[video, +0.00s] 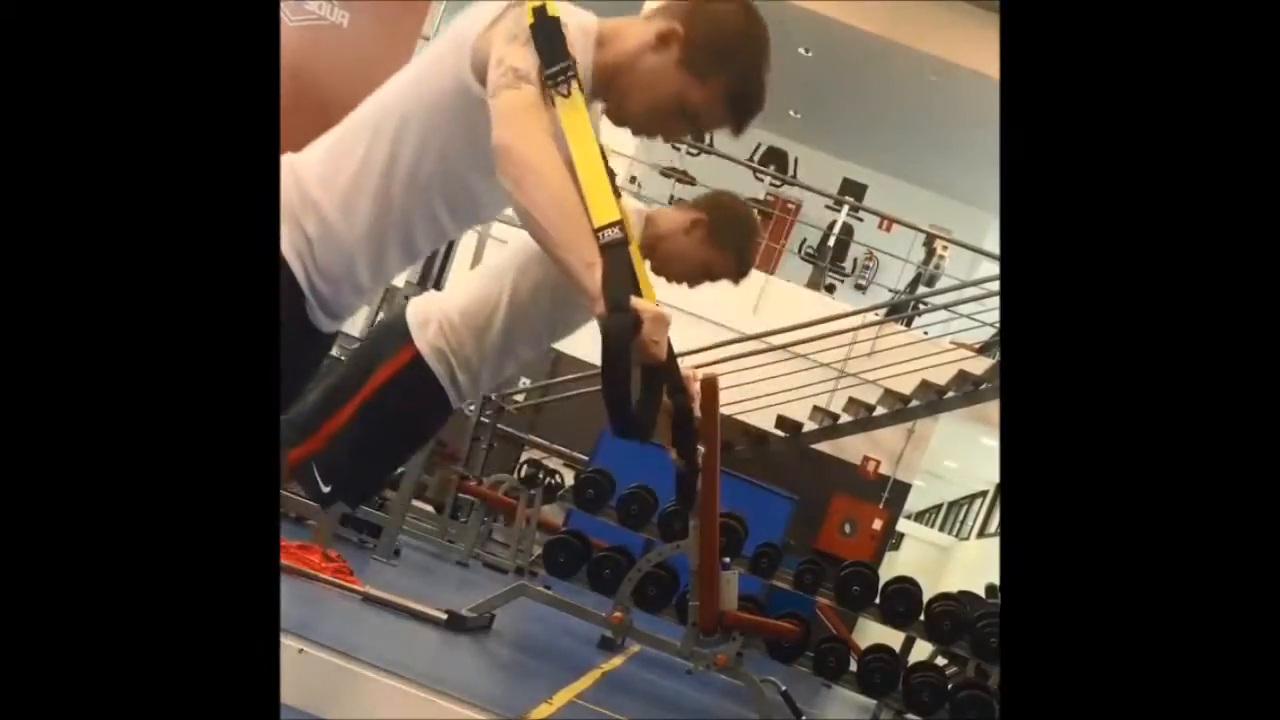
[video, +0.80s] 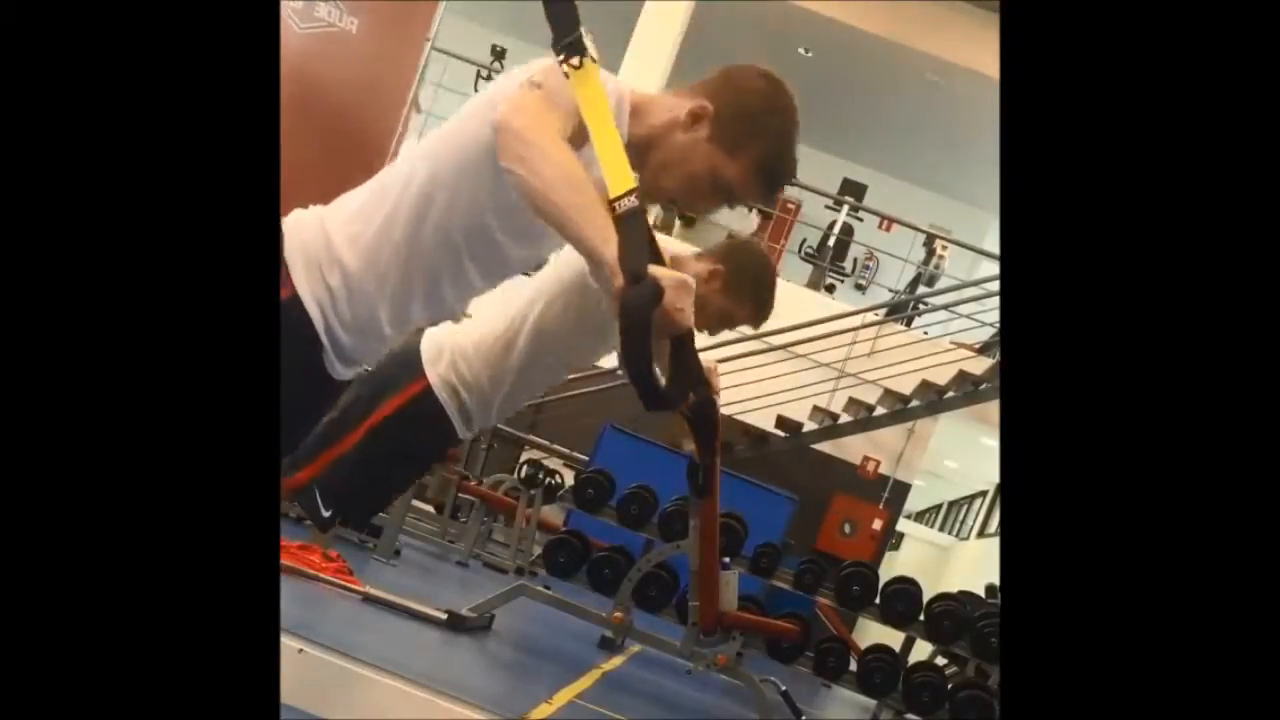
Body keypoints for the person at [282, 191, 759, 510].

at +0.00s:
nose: (695, 284)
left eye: (708, 280)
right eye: (707, 272)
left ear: (691, 226)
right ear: (692, 226)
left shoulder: (627, 261)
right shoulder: (611, 225)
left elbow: (637, 353)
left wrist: (677, 388)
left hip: (444, 377)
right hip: (420, 351)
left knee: (318, 493)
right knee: (293, 474)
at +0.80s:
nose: (699, 329)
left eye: (716, 328)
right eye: (711, 315)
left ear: (702, 274)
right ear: (704, 269)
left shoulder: (649, 302)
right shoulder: (633, 252)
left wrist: (696, 394)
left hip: (453, 403)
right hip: (433, 381)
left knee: (323, 518)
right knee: (301, 507)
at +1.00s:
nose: (724, 365)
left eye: (735, 364)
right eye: (736, 355)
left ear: (728, 334)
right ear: (730, 318)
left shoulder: (670, 355)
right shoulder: (662, 294)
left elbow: (668, 413)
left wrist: (695, 404)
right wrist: (687, 376)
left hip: (475, 434)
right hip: (455, 404)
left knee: (342, 524)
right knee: (320, 512)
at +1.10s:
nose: (726, 389)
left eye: (738, 390)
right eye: (737, 378)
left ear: (739, 362)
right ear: (736, 337)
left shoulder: (675, 374)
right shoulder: (667, 316)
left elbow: (671, 427)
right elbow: (626, 307)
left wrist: (701, 427)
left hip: (480, 445)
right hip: (462, 418)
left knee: (341, 527)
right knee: (323, 520)